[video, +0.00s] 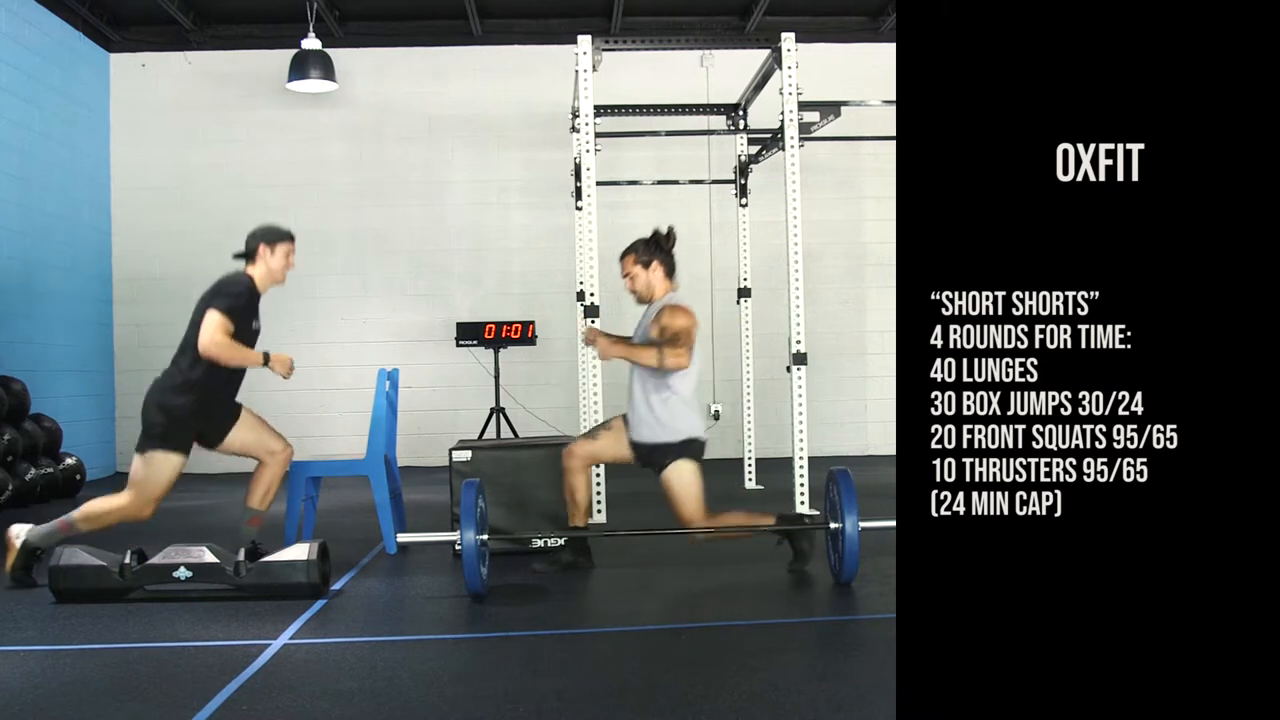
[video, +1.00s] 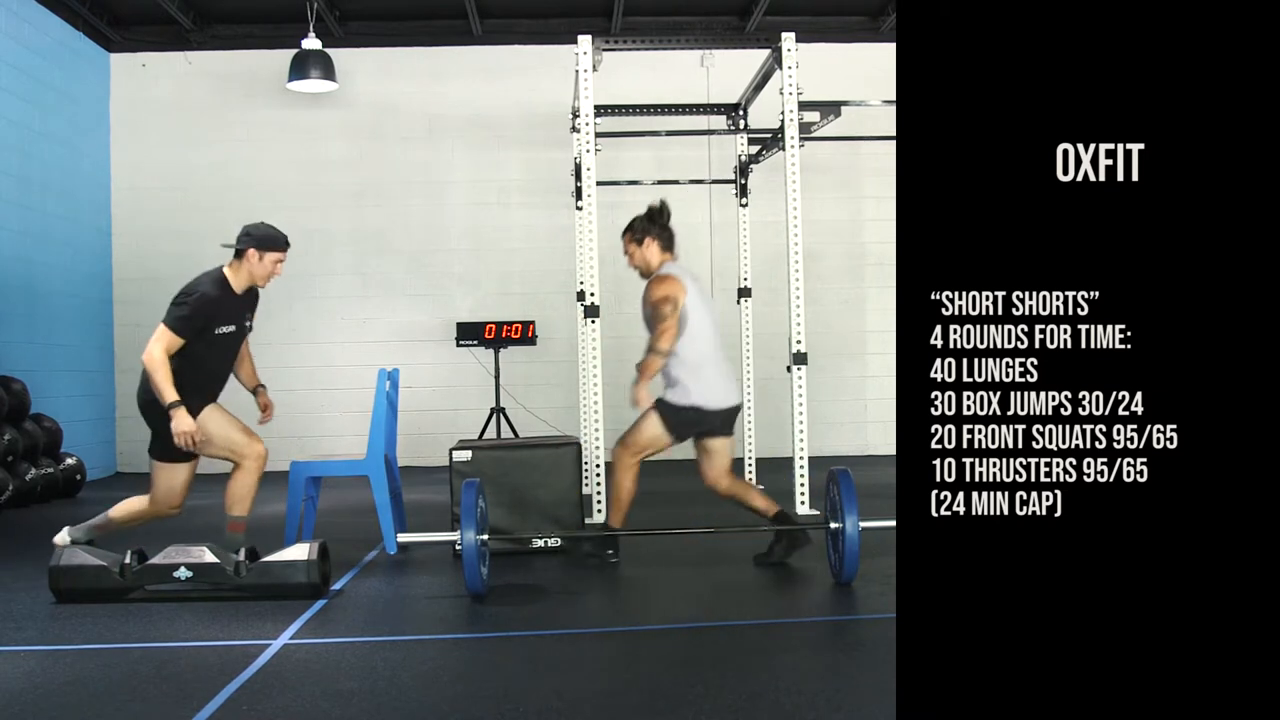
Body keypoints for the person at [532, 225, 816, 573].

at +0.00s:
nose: (626, 284)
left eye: (630, 275)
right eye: (624, 277)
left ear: (655, 269)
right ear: (652, 272)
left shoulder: (676, 314)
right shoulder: (654, 313)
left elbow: (678, 357)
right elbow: (650, 352)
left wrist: (616, 350)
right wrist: (607, 341)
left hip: (674, 438)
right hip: (642, 430)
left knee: (698, 527)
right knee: (575, 455)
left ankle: (789, 525)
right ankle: (577, 545)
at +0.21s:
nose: (664, 243)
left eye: (666, 234)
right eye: (661, 236)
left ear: (690, 225)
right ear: (689, 227)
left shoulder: (716, 267)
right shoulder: (695, 272)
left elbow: (737, 318)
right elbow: (713, 329)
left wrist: (697, 365)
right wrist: (683, 356)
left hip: (727, 389)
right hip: (699, 390)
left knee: (751, 476)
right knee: (649, 447)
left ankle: (820, 526)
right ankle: (625, 532)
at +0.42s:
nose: (682, 228)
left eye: (684, 219)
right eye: (680, 222)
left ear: (709, 210)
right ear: (707, 212)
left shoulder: (734, 253)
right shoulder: (718, 256)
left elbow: (772, 299)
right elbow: (736, 320)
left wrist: (763, 366)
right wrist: (719, 372)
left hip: (747, 382)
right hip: (722, 382)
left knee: (775, 463)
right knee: (695, 446)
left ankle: (829, 533)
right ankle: (752, 521)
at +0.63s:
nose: (680, 225)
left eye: (682, 216)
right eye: (678, 218)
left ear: (705, 208)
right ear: (704, 210)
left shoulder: (725, 253)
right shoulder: (714, 254)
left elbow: (759, 303)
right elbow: (738, 314)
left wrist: (752, 369)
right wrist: (726, 374)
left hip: (742, 381)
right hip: (728, 382)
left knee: (764, 458)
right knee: (739, 457)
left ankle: (822, 528)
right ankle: (792, 530)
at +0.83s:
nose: (656, 231)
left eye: (657, 223)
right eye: (654, 224)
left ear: (678, 216)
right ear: (684, 216)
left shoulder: (697, 257)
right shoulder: (716, 253)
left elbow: (716, 311)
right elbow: (724, 319)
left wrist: (700, 371)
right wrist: (689, 352)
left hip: (718, 374)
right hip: (744, 373)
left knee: (663, 441)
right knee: (752, 454)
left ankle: (710, 519)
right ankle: (797, 534)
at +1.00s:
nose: (627, 260)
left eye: (629, 251)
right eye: (626, 253)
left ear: (649, 245)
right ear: (655, 244)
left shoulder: (662, 284)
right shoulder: (685, 277)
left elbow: (666, 335)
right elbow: (688, 337)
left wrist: (642, 380)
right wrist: (652, 365)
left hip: (693, 400)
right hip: (722, 398)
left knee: (626, 452)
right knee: (718, 477)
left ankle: (608, 538)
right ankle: (786, 524)